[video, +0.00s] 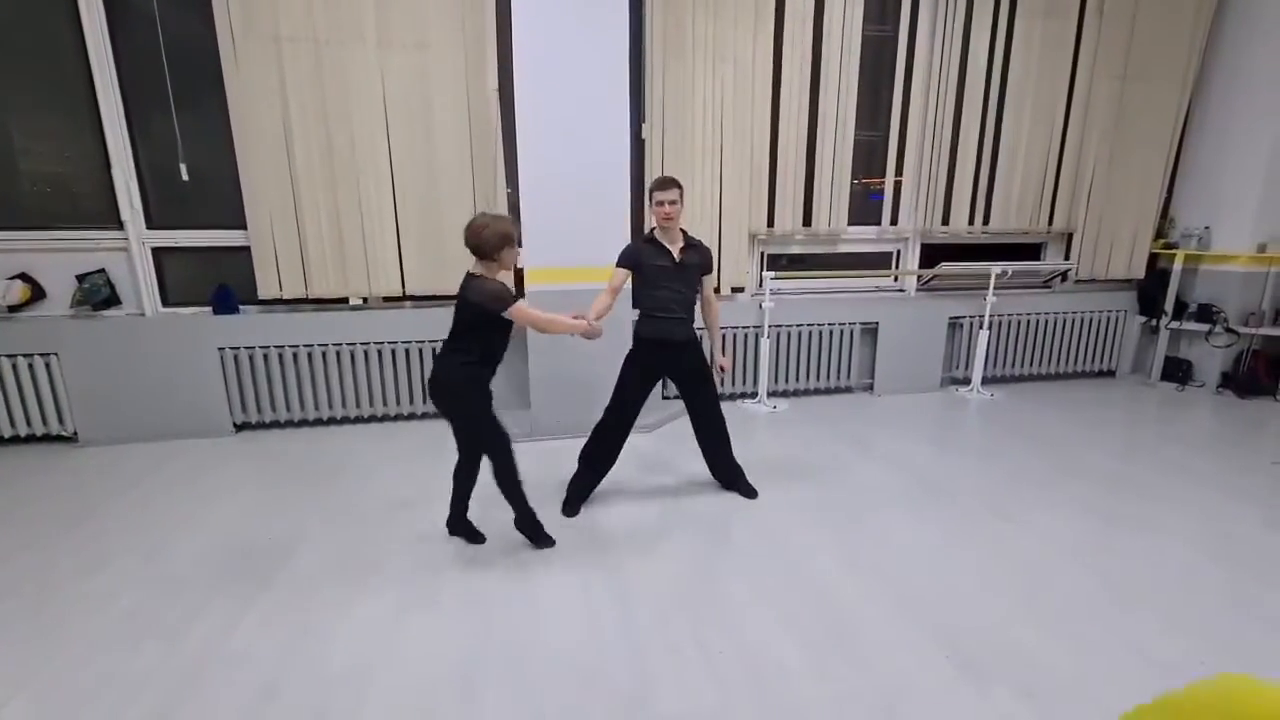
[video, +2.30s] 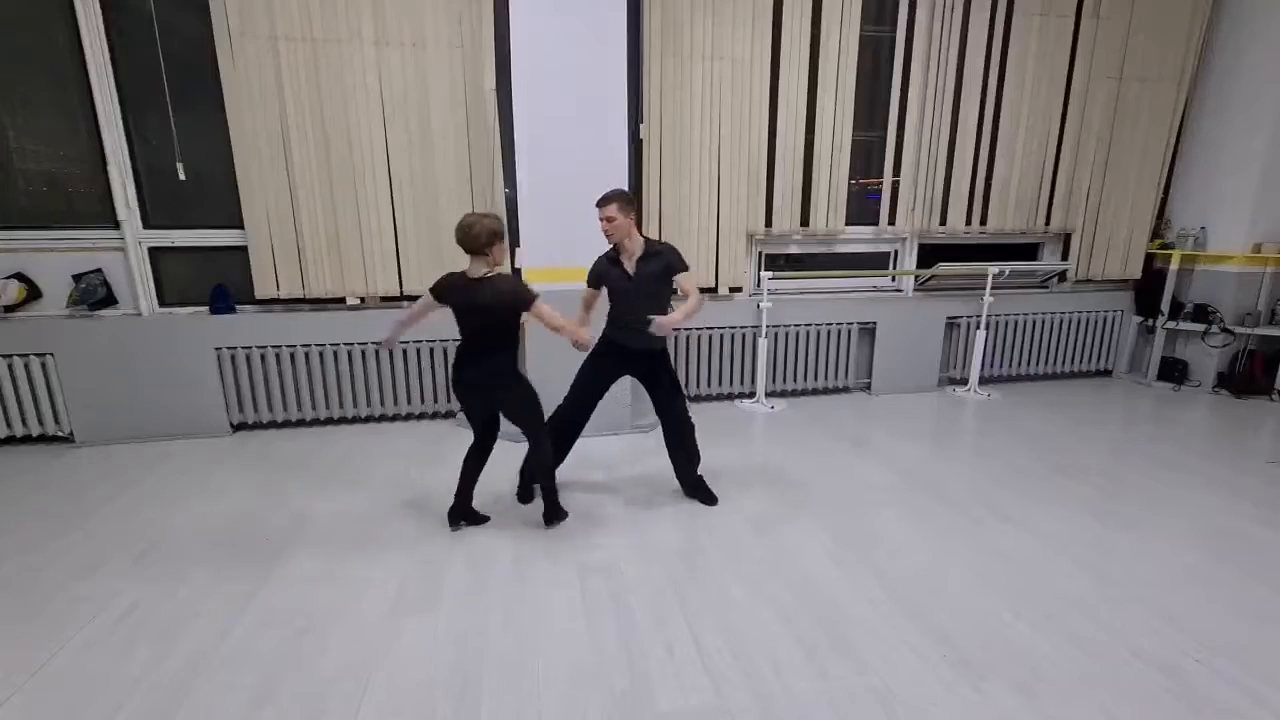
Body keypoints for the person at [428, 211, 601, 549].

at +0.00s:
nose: (518, 251)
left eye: (516, 245)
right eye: (513, 246)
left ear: (484, 253)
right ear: (497, 253)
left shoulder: (478, 283)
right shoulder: (489, 291)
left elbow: (526, 318)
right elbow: (538, 322)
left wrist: (567, 320)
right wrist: (580, 327)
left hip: (453, 382)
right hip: (460, 387)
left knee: (470, 451)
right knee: (499, 445)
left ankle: (457, 517)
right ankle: (526, 519)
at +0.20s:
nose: (506, 252)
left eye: (505, 246)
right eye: (501, 247)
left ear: (475, 251)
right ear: (482, 252)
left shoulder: (479, 280)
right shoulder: (467, 289)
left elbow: (503, 317)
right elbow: (521, 319)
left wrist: (529, 337)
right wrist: (569, 324)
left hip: (459, 378)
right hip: (440, 382)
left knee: (457, 443)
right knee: (477, 448)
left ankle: (456, 511)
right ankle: (516, 522)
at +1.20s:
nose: (476, 248)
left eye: (473, 242)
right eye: (470, 244)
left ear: (442, 252)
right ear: (454, 252)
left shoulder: (435, 280)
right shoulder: (465, 293)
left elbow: (489, 304)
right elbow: (512, 314)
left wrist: (527, 313)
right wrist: (546, 312)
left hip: (463, 374)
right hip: (484, 377)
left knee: (484, 439)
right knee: (519, 439)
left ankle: (459, 511)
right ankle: (523, 514)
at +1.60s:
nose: (473, 255)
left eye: (471, 249)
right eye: (466, 252)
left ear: (450, 259)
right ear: (448, 260)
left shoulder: (454, 288)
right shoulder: (445, 297)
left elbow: (491, 319)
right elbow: (496, 324)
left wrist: (531, 322)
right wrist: (542, 321)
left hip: (450, 381)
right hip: (442, 386)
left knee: (475, 439)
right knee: (495, 438)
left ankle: (458, 512)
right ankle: (536, 505)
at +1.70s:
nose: (472, 257)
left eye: (471, 251)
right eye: (465, 253)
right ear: (446, 261)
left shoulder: (472, 290)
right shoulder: (429, 296)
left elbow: (496, 323)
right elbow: (472, 320)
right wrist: (522, 314)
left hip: (464, 383)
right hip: (435, 388)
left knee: (484, 440)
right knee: (485, 442)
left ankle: (459, 512)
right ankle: (535, 507)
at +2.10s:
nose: (480, 256)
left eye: (478, 250)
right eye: (475, 251)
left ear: (460, 258)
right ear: (457, 259)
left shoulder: (478, 289)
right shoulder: (441, 301)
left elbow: (501, 318)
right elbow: (489, 321)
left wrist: (523, 348)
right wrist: (541, 318)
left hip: (472, 383)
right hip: (448, 388)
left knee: (485, 440)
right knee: (508, 432)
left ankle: (457, 510)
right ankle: (532, 502)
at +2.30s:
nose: (506, 248)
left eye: (504, 242)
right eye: (503, 243)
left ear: (468, 248)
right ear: (492, 248)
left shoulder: (450, 285)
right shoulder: (510, 287)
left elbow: (413, 315)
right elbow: (551, 319)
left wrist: (392, 336)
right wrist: (576, 334)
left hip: (466, 379)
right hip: (503, 379)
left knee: (484, 436)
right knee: (538, 433)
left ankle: (461, 507)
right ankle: (552, 507)